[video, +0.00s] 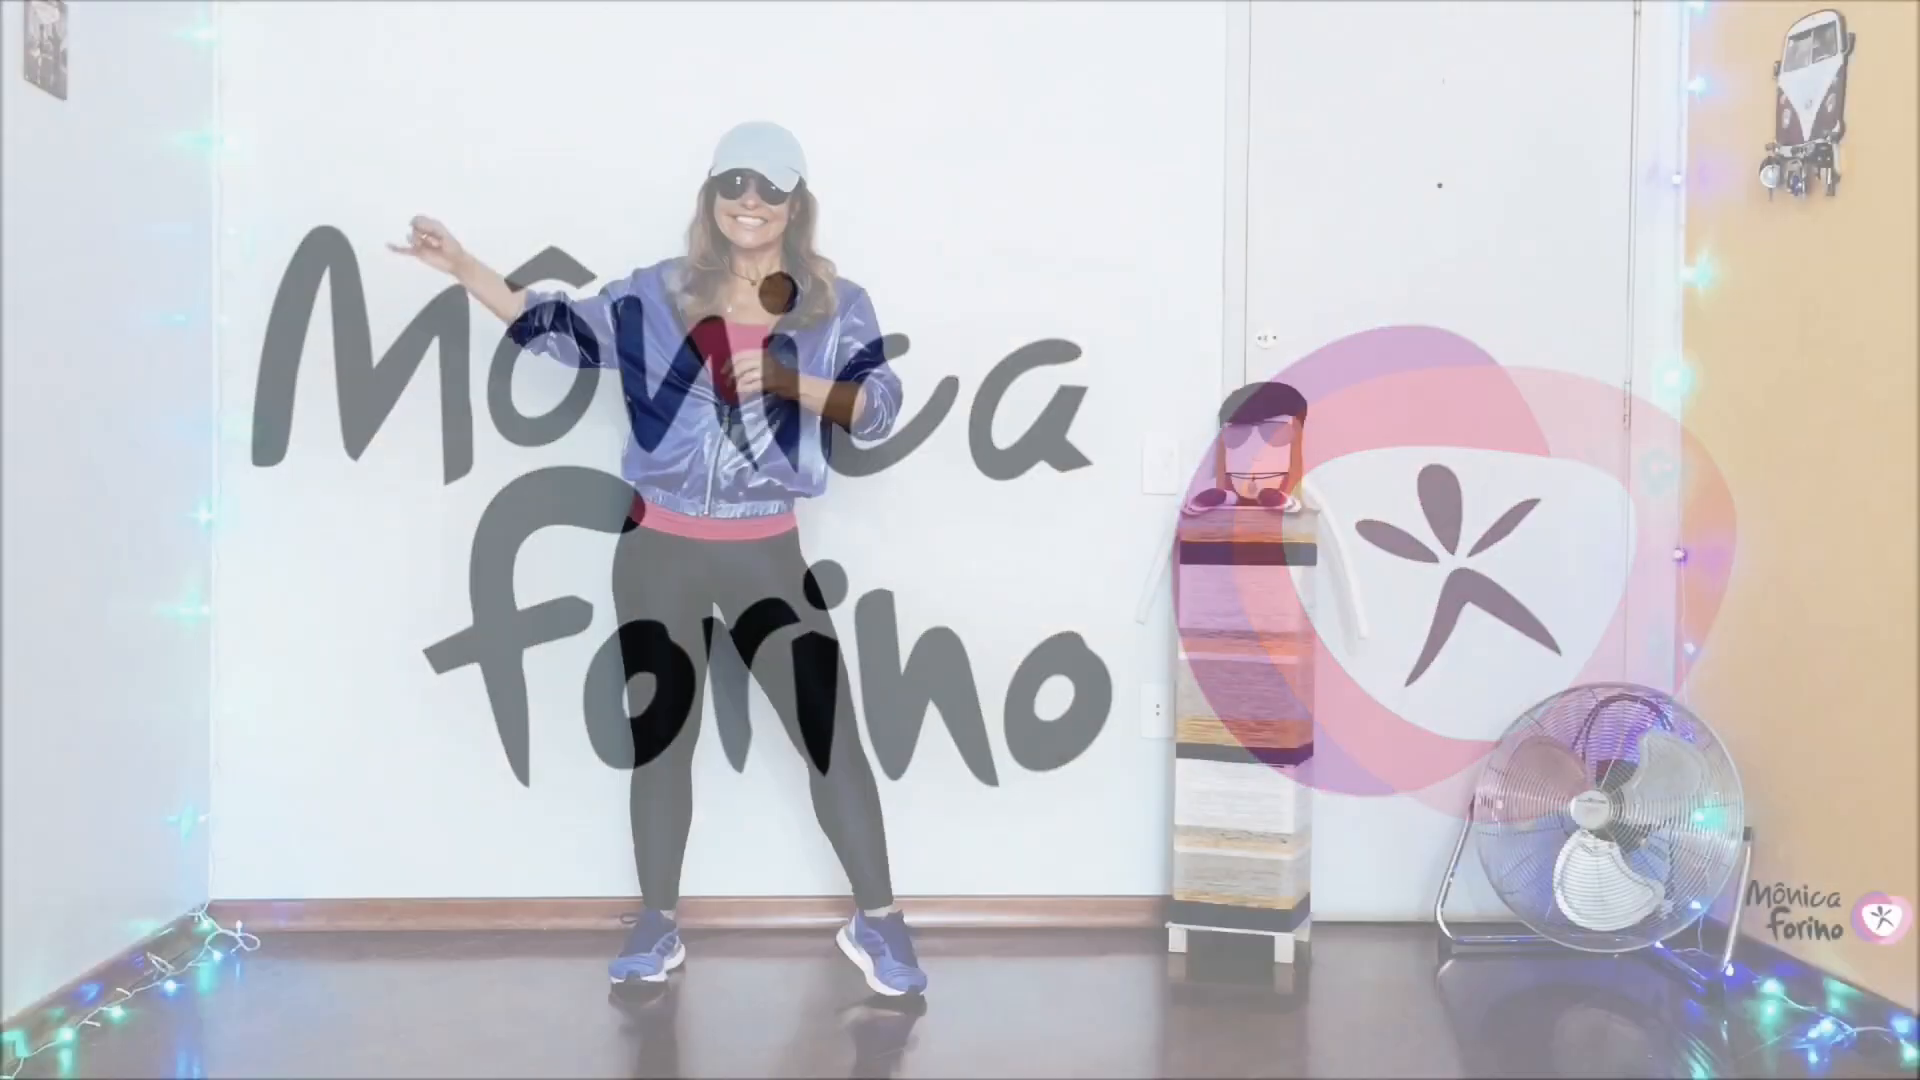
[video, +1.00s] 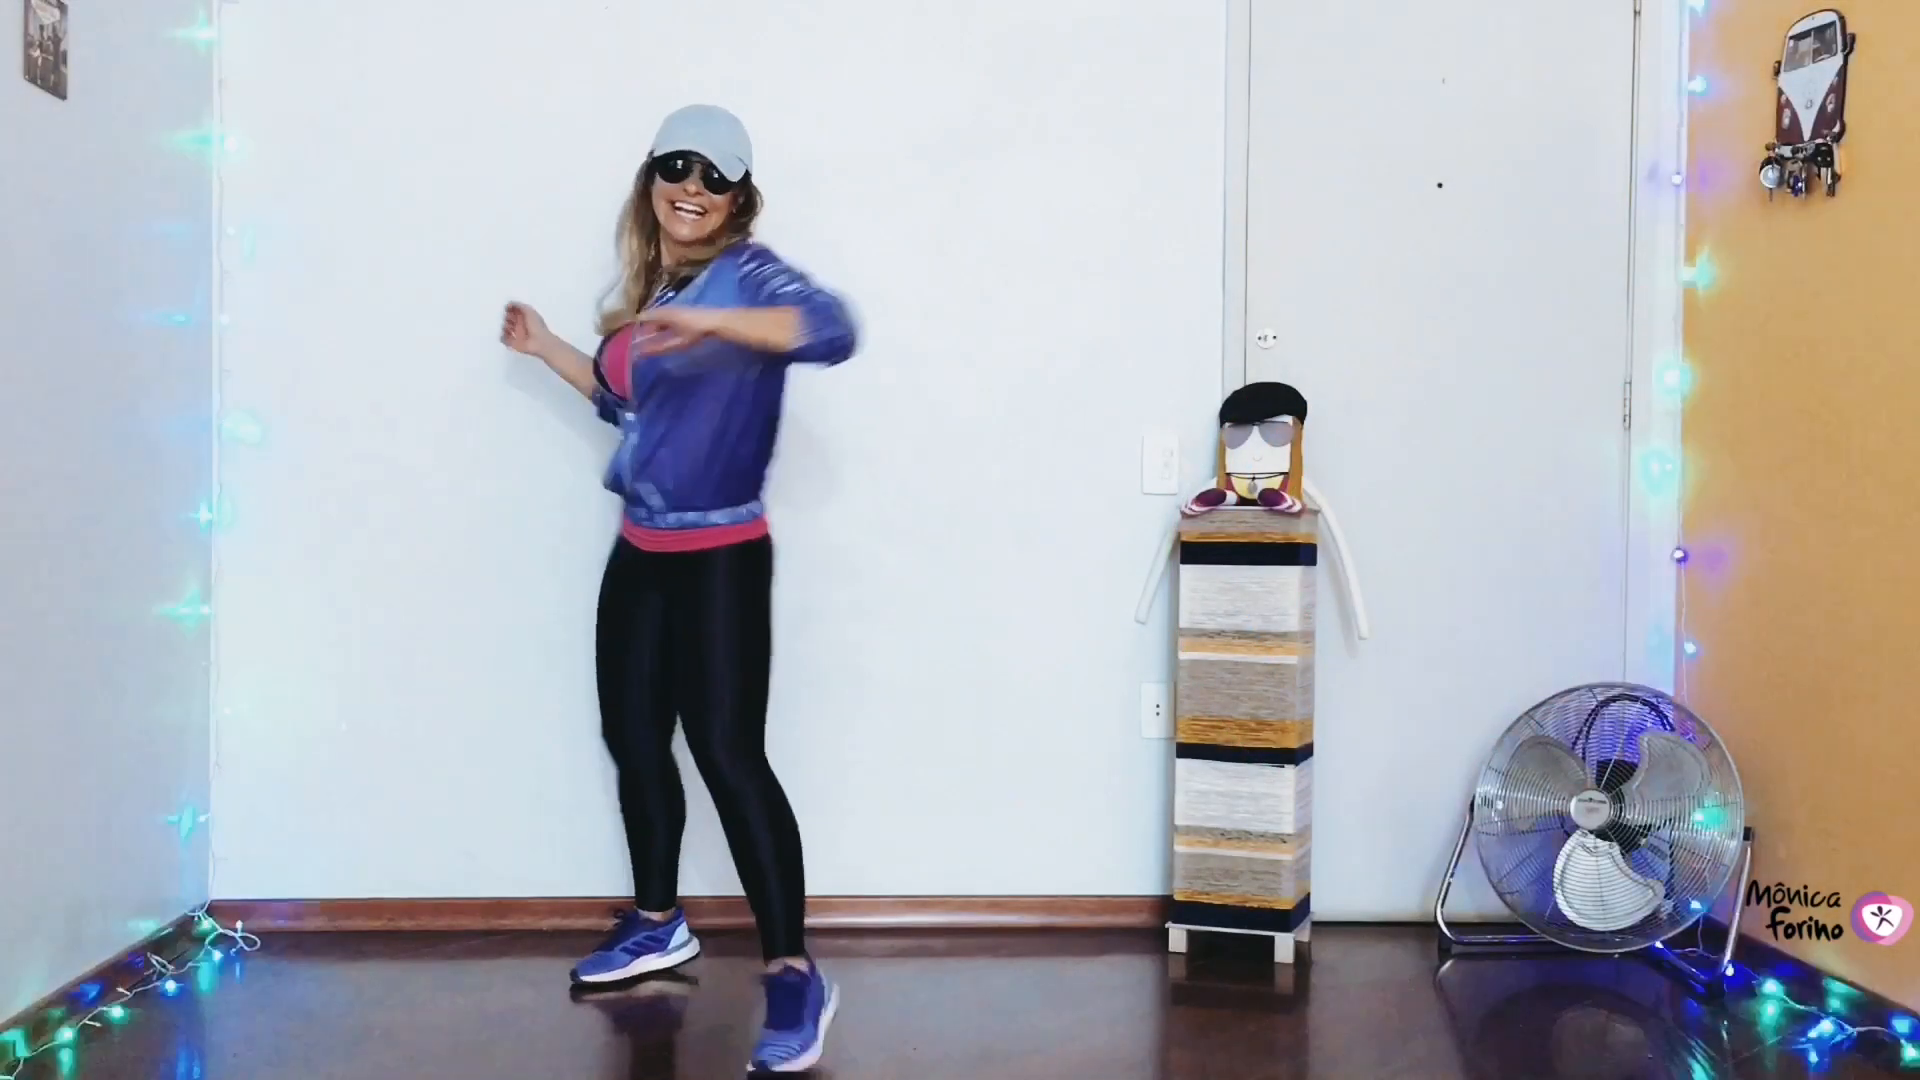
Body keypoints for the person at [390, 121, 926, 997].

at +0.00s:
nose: (752, 204)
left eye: (771, 189)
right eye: (735, 187)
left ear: (797, 204)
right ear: (710, 200)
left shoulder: (832, 299)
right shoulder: (657, 293)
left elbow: (877, 404)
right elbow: (556, 325)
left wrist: (788, 379)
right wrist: (463, 265)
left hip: (765, 547)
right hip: (661, 544)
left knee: (826, 716)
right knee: (660, 724)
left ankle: (879, 919)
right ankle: (656, 921)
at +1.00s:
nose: (687, 191)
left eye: (708, 178)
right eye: (671, 173)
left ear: (739, 195)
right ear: (649, 188)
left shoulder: (754, 276)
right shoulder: (648, 293)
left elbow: (835, 329)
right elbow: (623, 397)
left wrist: (708, 323)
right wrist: (548, 345)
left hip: (722, 559)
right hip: (640, 555)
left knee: (726, 750)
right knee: (635, 736)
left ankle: (791, 975)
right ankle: (657, 921)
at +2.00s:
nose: (729, 192)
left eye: (744, 176)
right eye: (711, 179)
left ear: (763, 182)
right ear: (682, 192)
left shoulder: (754, 249)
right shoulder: (701, 276)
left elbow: (791, 156)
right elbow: (742, 395)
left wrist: (841, 73)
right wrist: (845, 437)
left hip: (724, 544)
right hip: (678, 540)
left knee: (741, 726)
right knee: (700, 737)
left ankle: (681, 921)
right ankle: (618, 964)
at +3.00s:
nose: (718, 194)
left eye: (737, 177)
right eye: (697, 177)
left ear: (764, 187)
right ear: (673, 190)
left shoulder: (796, 285)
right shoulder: (644, 295)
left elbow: (898, 286)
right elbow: (579, 371)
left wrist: (903, 210)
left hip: (750, 564)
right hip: (654, 557)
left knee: (812, 760)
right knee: (682, 776)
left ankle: (714, 862)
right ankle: (685, 995)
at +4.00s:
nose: (708, 215)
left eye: (732, 204)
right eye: (697, 194)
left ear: (758, 218)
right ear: (677, 199)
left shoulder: (743, 298)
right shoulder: (676, 271)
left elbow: (703, 439)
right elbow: (654, 168)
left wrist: (603, 456)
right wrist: (646, 53)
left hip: (746, 549)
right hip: (680, 548)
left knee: (684, 709)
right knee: (645, 718)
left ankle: (726, 935)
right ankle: (706, 918)